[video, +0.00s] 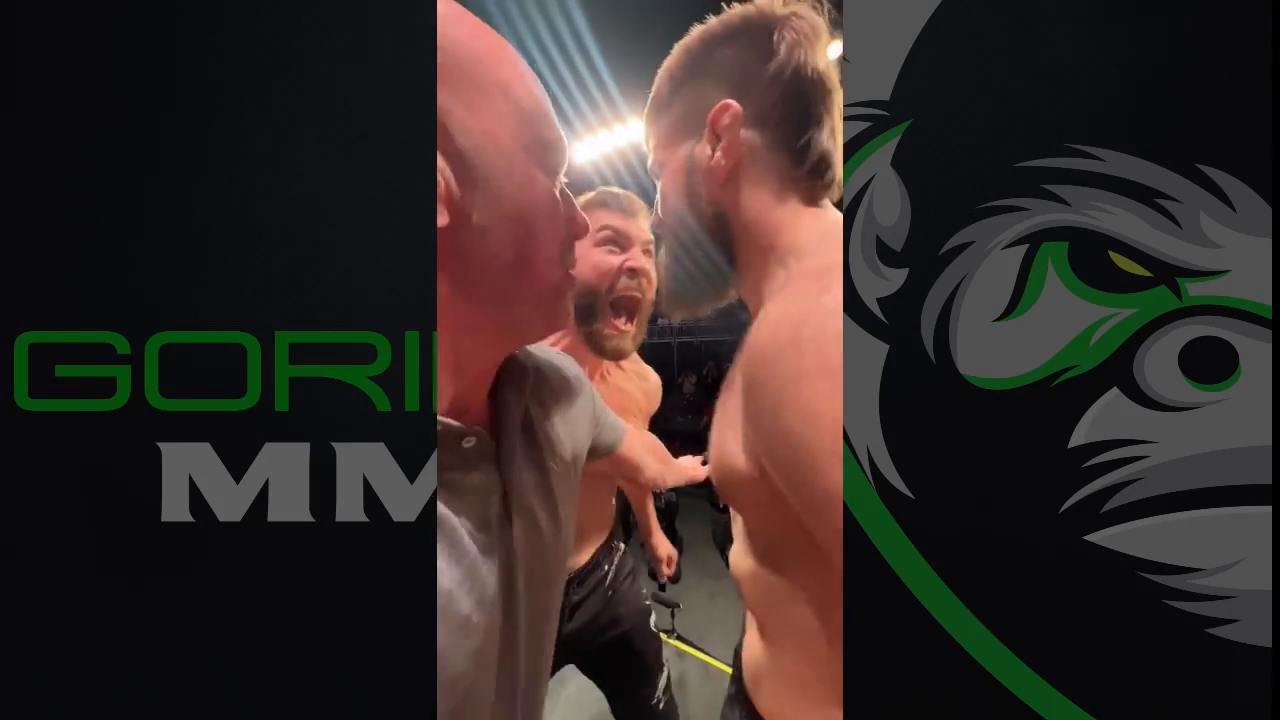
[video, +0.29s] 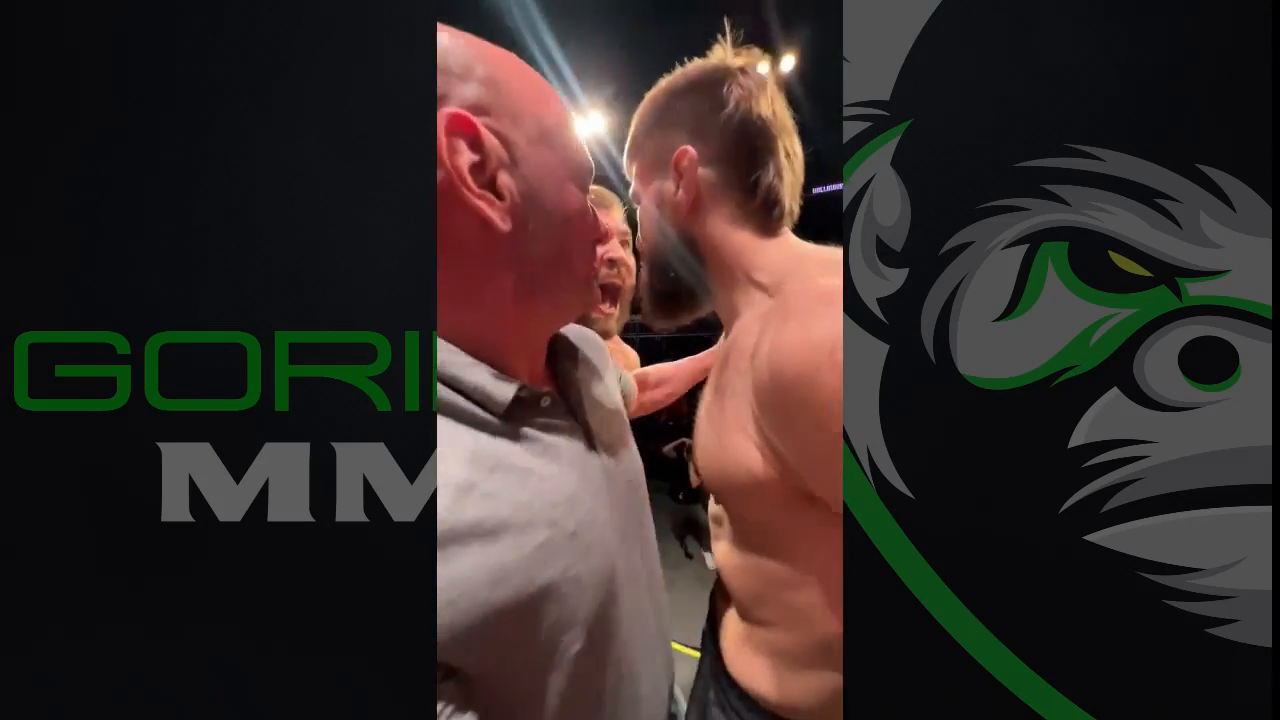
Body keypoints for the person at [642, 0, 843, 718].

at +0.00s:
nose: (658, 215)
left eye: (659, 171)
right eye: (654, 178)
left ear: (720, 139)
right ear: (724, 141)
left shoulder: (802, 343)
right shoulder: (796, 301)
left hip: (801, 710)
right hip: (768, 686)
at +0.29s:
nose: (638, 226)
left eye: (639, 196)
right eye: (635, 197)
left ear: (683, 179)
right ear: (767, 169)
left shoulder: (814, 347)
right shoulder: (758, 304)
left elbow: (919, 562)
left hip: (800, 711)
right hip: (730, 678)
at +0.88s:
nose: (638, 238)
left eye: (636, 212)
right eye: (635, 214)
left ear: (666, 206)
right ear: (743, 202)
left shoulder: (746, 332)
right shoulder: (807, 288)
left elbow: (881, 536)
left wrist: (819, 678)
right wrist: (667, 370)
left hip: (733, 664)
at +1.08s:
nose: (632, 206)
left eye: (632, 186)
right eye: (629, 188)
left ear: (652, 187)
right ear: (753, 185)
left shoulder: (689, 318)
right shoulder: (815, 288)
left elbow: (808, 530)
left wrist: (829, 687)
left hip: (704, 685)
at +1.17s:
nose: (630, 196)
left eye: (629, 178)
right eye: (627, 180)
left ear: (648, 182)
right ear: (758, 180)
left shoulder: (672, 318)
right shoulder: (818, 286)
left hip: (701, 683)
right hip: (808, 684)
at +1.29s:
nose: (634, 192)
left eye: (634, 173)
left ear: (652, 177)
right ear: (764, 173)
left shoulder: (664, 318)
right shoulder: (828, 283)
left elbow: (666, 466)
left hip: (711, 676)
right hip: (836, 669)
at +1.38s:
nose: (644, 193)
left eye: (643, 174)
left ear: (661, 182)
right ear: (775, 173)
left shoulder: (678, 324)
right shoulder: (836, 280)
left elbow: (684, 469)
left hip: (724, 671)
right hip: (841, 658)